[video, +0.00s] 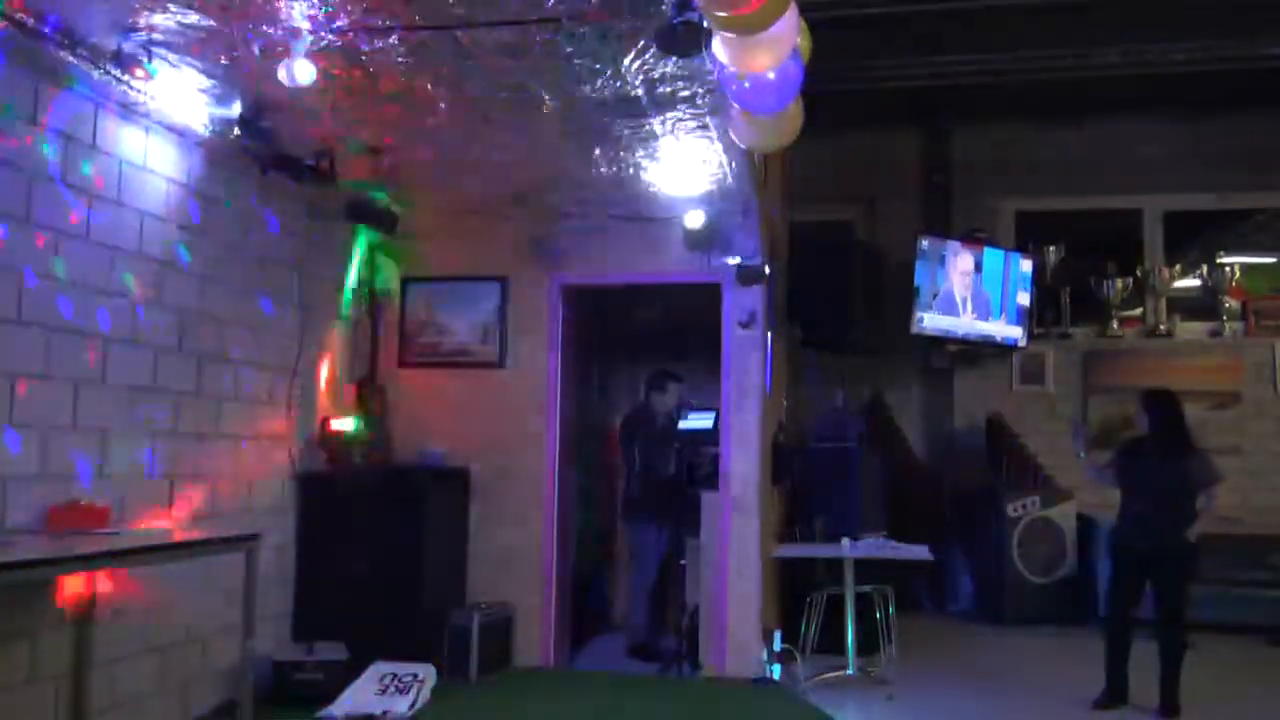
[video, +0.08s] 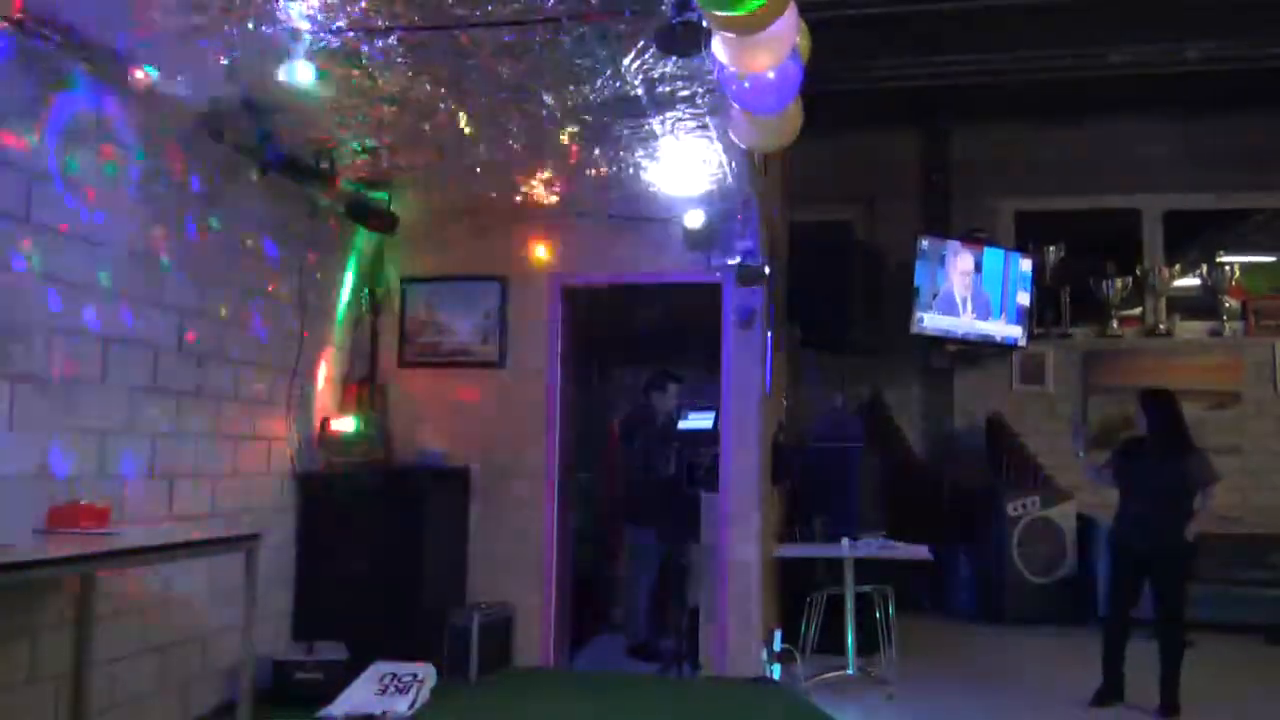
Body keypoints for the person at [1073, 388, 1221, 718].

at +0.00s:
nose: (1138, 418)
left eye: (1141, 412)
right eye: (1141, 410)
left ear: (1146, 416)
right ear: (1177, 414)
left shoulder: (1132, 450)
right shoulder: (1190, 453)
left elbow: (1099, 475)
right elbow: (1210, 501)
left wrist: (1081, 450)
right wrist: (1192, 530)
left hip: (1130, 544)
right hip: (1174, 545)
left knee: (1118, 617)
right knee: (1171, 623)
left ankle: (1115, 691)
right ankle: (1169, 701)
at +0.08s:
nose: (1138, 418)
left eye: (1140, 412)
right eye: (1141, 411)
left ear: (1144, 415)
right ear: (1175, 413)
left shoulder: (1131, 449)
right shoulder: (1189, 452)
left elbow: (1099, 476)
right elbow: (1210, 497)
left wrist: (1081, 449)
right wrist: (1191, 528)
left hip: (1129, 542)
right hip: (1171, 544)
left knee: (1116, 614)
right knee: (1170, 621)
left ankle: (1111, 685)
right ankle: (1169, 698)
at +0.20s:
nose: (1139, 418)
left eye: (1141, 411)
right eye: (1144, 410)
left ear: (1142, 414)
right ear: (1172, 413)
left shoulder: (1129, 449)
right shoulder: (1184, 450)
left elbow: (1098, 474)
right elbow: (1207, 485)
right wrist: (1192, 522)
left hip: (1125, 542)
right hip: (1168, 543)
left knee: (1114, 615)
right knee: (1168, 621)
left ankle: (1108, 685)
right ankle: (1169, 699)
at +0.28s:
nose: (1130, 416)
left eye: (1133, 410)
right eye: (1133, 410)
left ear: (1138, 414)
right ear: (1168, 413)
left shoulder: (1123, 448)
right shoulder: (1181, 451)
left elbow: (1093, 474)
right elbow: (1203, 496)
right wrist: (1183, 529)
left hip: (1122, 543)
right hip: (1165, 544)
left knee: (1113, 616)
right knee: (1167, 622)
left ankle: (1106, 686)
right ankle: (1169, 700)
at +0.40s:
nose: (1131, 417)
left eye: (1132, 410)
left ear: (1132, 414)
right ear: (1163, 414)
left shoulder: (1117, 449)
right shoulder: (1176, 454)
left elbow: (1089, 475)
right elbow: (1191, 504)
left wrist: (1075, 457)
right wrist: (1171, 528)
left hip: (1116, 543)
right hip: (1159, 544)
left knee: (1111, 616)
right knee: (1165, 620)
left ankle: (1107, 686)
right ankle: (1170, 699)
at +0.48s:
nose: (1131, 417)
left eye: (1131, 409)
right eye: (1138, 409)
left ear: (1127, 413)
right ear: (1156, 413)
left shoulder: (1113, 448)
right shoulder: (1170, 452)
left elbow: (1086, 475)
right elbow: (1185, 502)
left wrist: (1068, 458)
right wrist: (1165, 530)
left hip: (1112, 543)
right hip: (1153, 543)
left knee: (1108, 617)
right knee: (1161, 620)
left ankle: (1105, 687)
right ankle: (1169, 699)